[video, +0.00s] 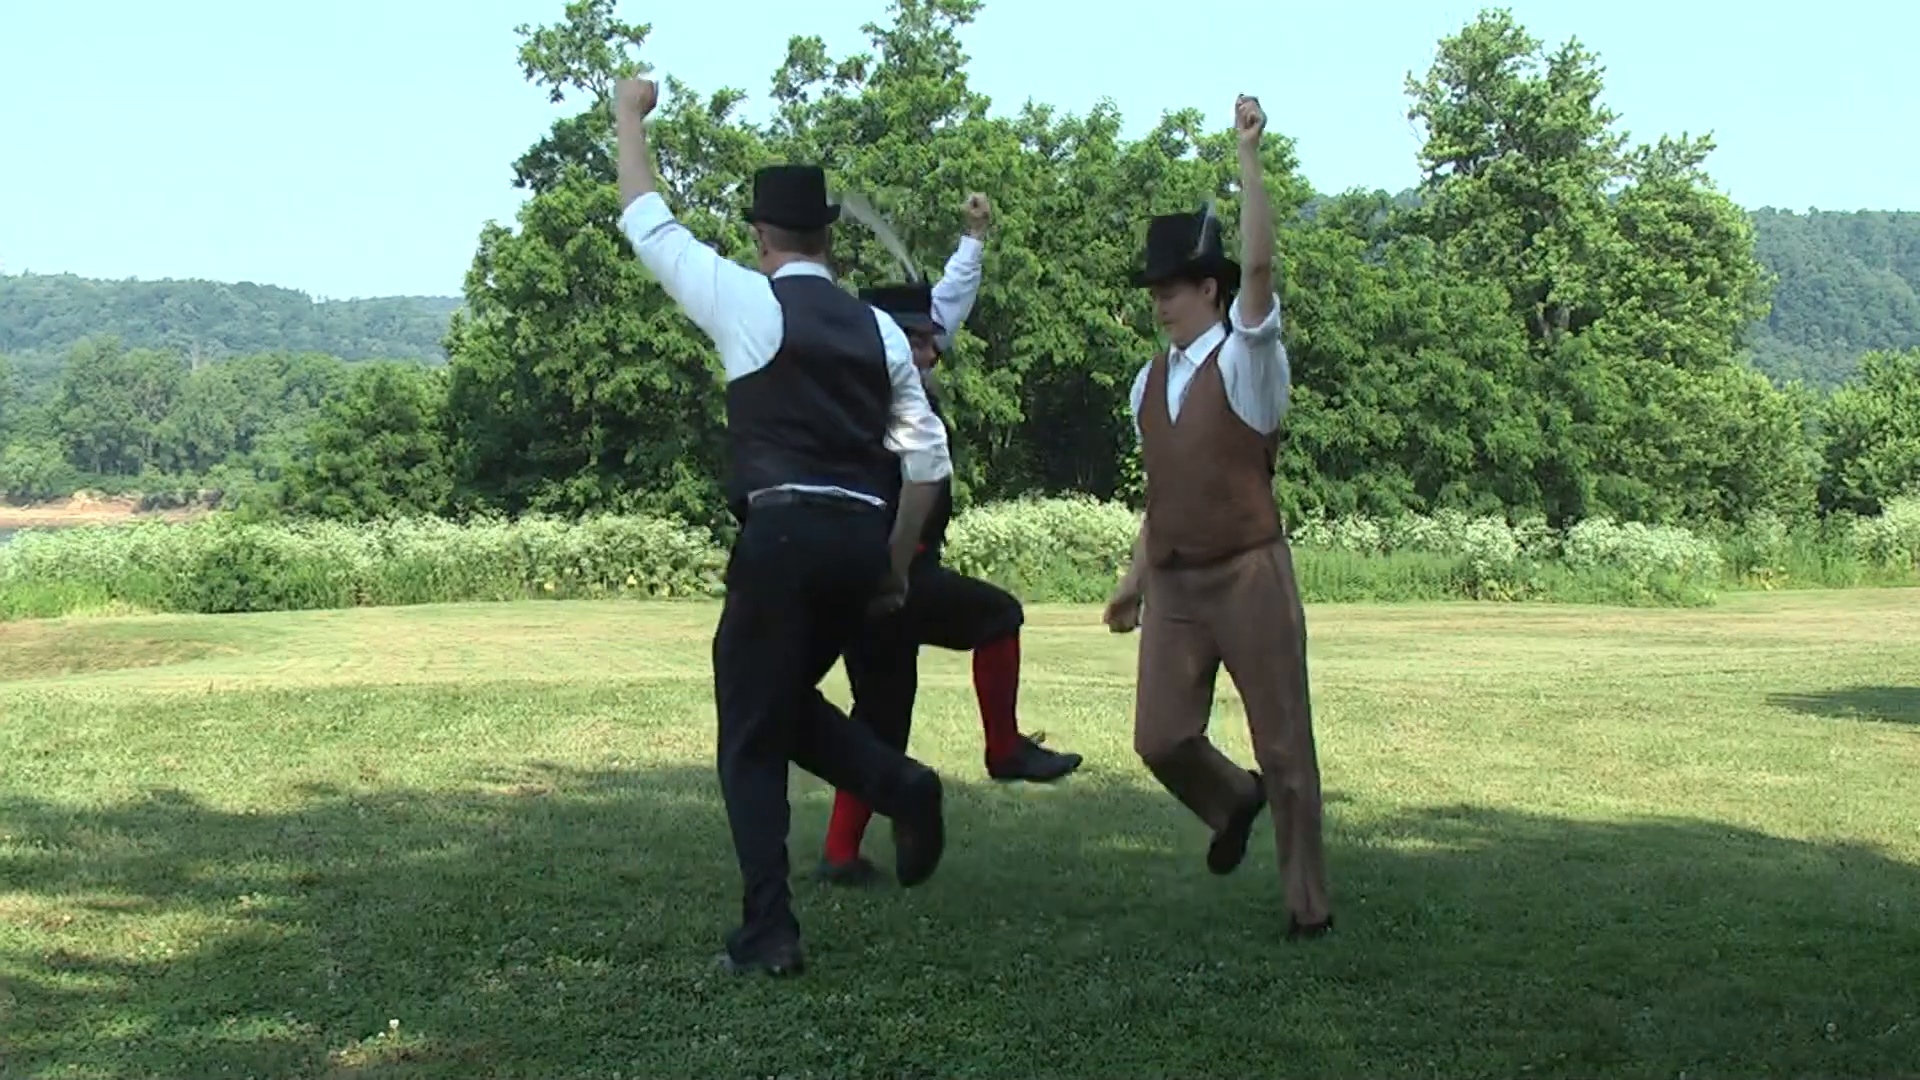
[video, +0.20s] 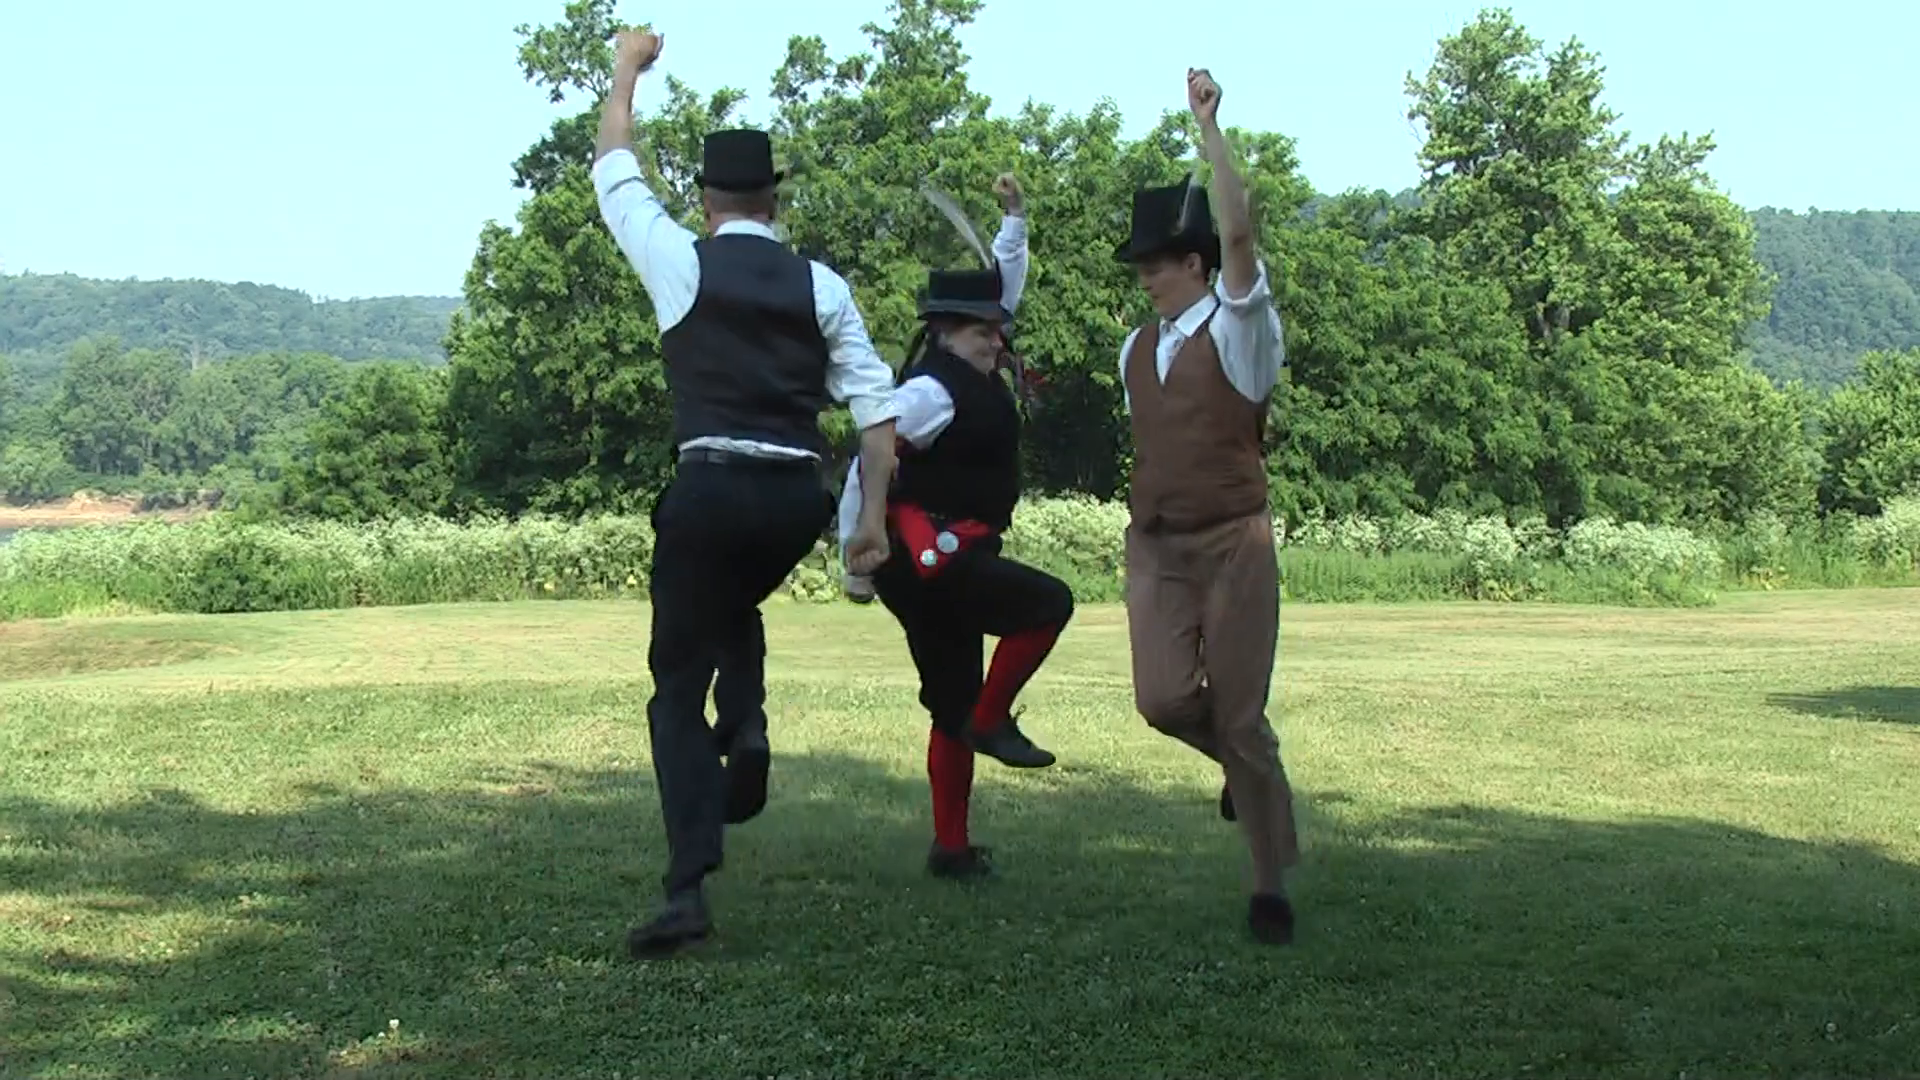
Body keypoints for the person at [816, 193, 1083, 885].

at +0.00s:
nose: (932, 353)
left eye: (933, 341)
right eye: (921, 342)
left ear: (919, 343)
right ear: (892, 344)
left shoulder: (892, 389)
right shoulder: (895, 408)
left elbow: (941, 314)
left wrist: (972, 237)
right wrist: (891, 567)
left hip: (880, 581)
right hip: (890, 583)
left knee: (881, 720)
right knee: (998, 615)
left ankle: (842, 850)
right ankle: (1005, 748)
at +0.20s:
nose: (995, 339)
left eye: (998, 329)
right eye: (982, 329)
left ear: (997, 333)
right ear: (945, 331)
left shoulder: (981, 372)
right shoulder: (930, 390)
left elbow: (1003, 295)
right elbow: (866, 450)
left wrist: (1012, 216)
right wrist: (862, 534)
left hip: (946, 561)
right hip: (933, 561)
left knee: (955, 706)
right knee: (1048, 603)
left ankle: (951, 846)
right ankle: (990, 718)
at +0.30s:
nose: (1024, 373)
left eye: (1026, 364)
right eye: (1011, 364)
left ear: (1023, 370)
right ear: (973, 371)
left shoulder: (1011, 415)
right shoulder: (954, 434)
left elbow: (1033, 339)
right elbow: (895, 519)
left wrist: (1043, 258)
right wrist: (883, 600)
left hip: (992, 594)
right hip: (955, 599)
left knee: (983, 743)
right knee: (1075, 652)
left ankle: (953, 864)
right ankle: (1023, 768)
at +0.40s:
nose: (1051, 383)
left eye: (1054, 371)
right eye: (1037, 373)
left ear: (1058, 376)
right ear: (999, 383)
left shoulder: (1048, 423)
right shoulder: (977, 447)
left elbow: (1072, 346)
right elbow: (924, 526)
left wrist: (1099, 270)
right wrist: (910, 612)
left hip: (1028, 608)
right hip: (979, 611)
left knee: (1013, 756)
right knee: (1091, 671)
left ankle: (954, 865)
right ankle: (1076, 812)